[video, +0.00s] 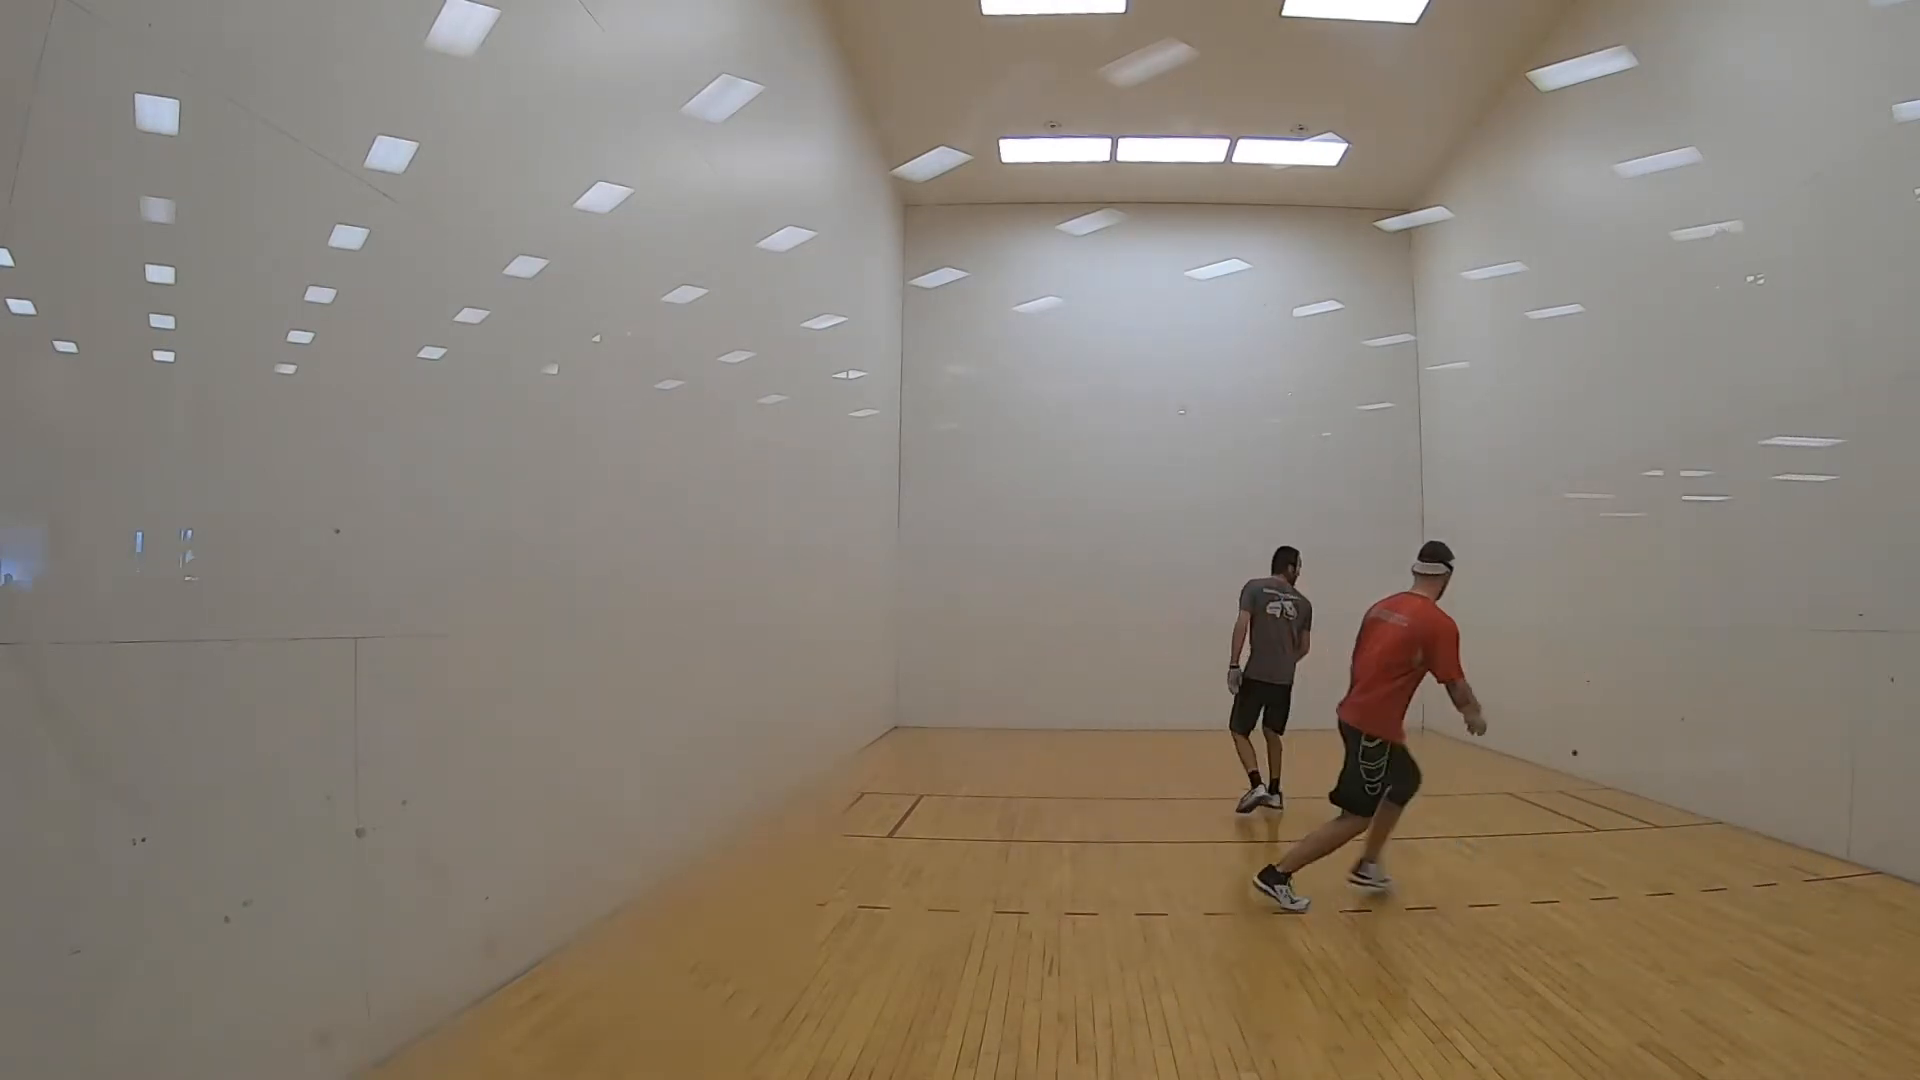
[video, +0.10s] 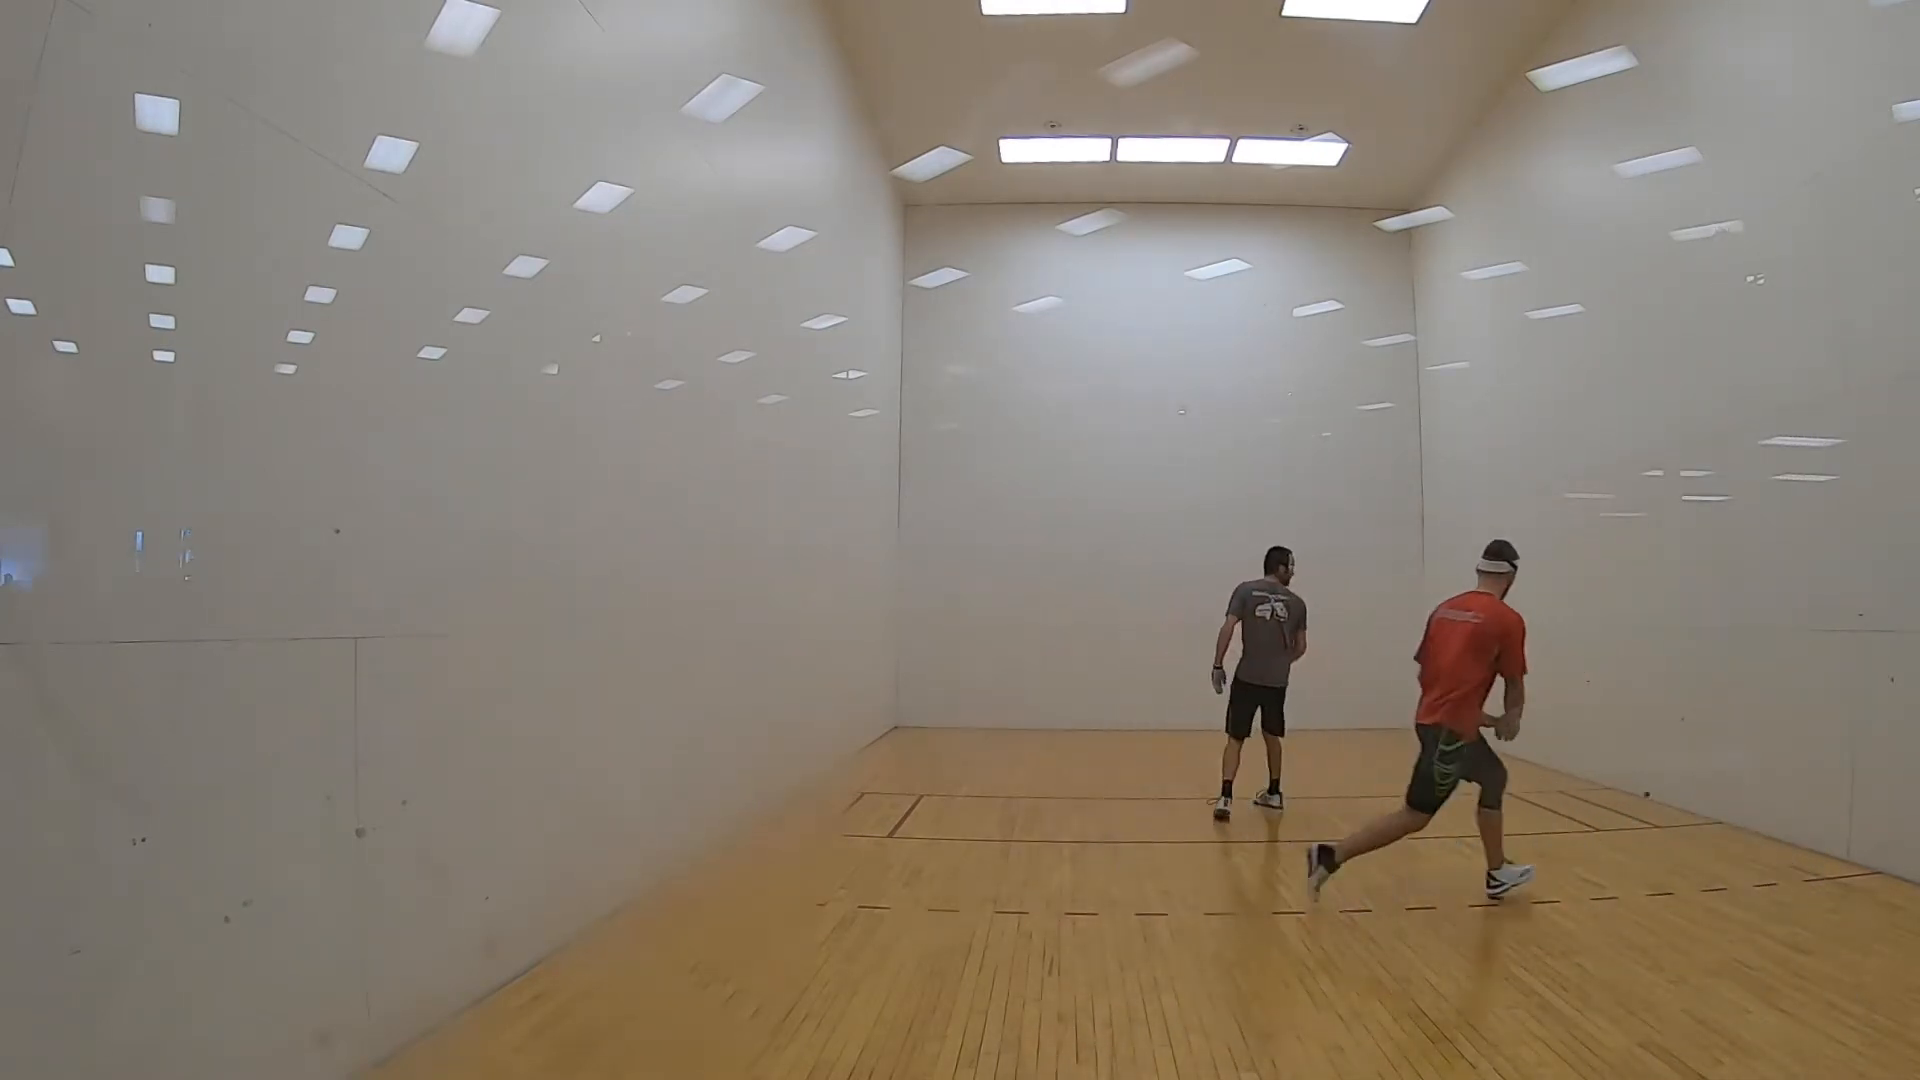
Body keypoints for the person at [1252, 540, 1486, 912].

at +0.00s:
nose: (1444, 584)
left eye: (1438, 577)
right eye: (1446, 578)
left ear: (1413, 572)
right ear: (1447, 578)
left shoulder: (1382, 607)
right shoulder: (1439, 624)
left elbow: (1359, 662)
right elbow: (1457, 688)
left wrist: (1366, 701)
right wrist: (1474, 713)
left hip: (1355, 715)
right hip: (1376, 726)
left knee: (1406, 779)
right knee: (1360, 815)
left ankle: (1368, 865)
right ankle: (1276, 874)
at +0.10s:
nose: (1511, 582)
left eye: (1506, 574)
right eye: (1513, 576)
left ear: (1478, 572)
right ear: (1511, 577)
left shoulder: (1446, 608)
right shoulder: (1508, 620)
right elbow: (1514, 684)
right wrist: (1511, 720)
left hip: (1434, 719)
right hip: (1454, 727)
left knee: (1494, 777)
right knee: (1415, 815)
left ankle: (1498, 871)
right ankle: (1333, 856)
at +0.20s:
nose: (1583, 589)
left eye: (1582, 582)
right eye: (1584, 583)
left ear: (1549, 579)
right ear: (1579, 583)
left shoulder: (1520, 615)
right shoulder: (1569, 624)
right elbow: (1578, 688)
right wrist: (1596, 728)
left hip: (1504, 729)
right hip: (1522, 735)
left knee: (1550, 797)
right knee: (1545, 824)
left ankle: (1514, 878)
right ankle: (1454, 847)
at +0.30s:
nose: (1661, 585)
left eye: (1661, 578)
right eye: (1662, 577)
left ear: (1627, 571)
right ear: (1656, 577)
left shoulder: (1597, 606)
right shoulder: (1635, 616)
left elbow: (1580, 673)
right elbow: (1658, 663)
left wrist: (1611, 715)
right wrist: (1708, 674)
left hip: (1565, 728)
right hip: (1597, 734)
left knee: (1581, 807)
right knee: (1668, 792)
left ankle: (1520, 872)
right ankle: (1613, 872)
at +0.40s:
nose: (1747, 581)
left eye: (1746, 573)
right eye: (1750, 573)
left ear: (1714, 563)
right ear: (1747, 572)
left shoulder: (1680, 596)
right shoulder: (1716, 607)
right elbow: (1743, 620)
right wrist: (1797, 603)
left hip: (1642, 725)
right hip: (1680, 732)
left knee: (1619, 803)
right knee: (1759, 783)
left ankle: (1547, 860)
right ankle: (1780, 883)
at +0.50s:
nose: (1826, 597)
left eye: (1829, 590)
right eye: (1828, 589)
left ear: (1800, 575)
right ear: (1823, 585)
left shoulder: (1757, 597)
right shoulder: (1802, 615)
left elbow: (1714, 607)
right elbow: (1816, 604)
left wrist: (1699, 612)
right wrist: (1864, 578)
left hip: (1722, 742)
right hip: (1765, 749)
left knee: (1681, 813)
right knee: (1840, 810)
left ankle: (1602, 860)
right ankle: (1887, 901)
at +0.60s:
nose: (1914, 621)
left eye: (1913, 612)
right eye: (1914, 612)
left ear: (1884, 603)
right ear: (1909, 609)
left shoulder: (1846, 618)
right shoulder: (1889, 646)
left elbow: (1800, 613)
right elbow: (1905, 654)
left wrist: (1760, 609)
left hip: (1799, 755)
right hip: (1841, 764)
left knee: (1763, 839)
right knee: (1915, 808)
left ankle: (1678, 873)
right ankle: (1915, 909)